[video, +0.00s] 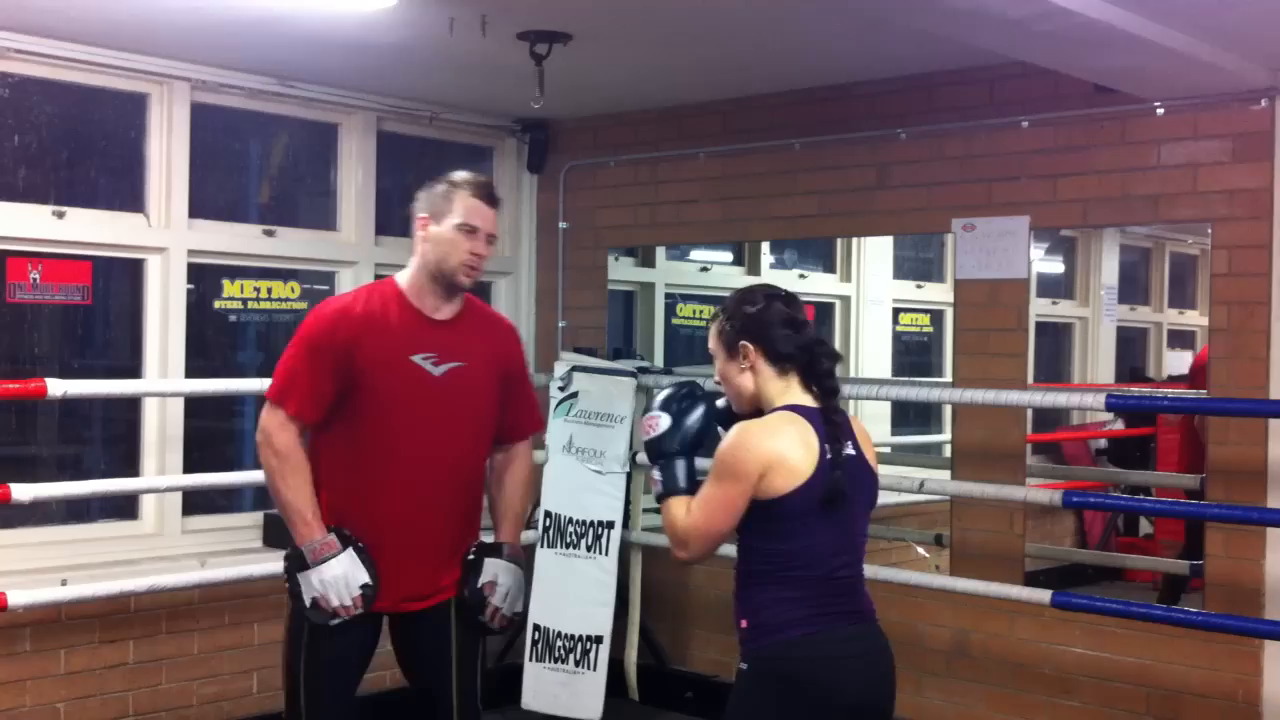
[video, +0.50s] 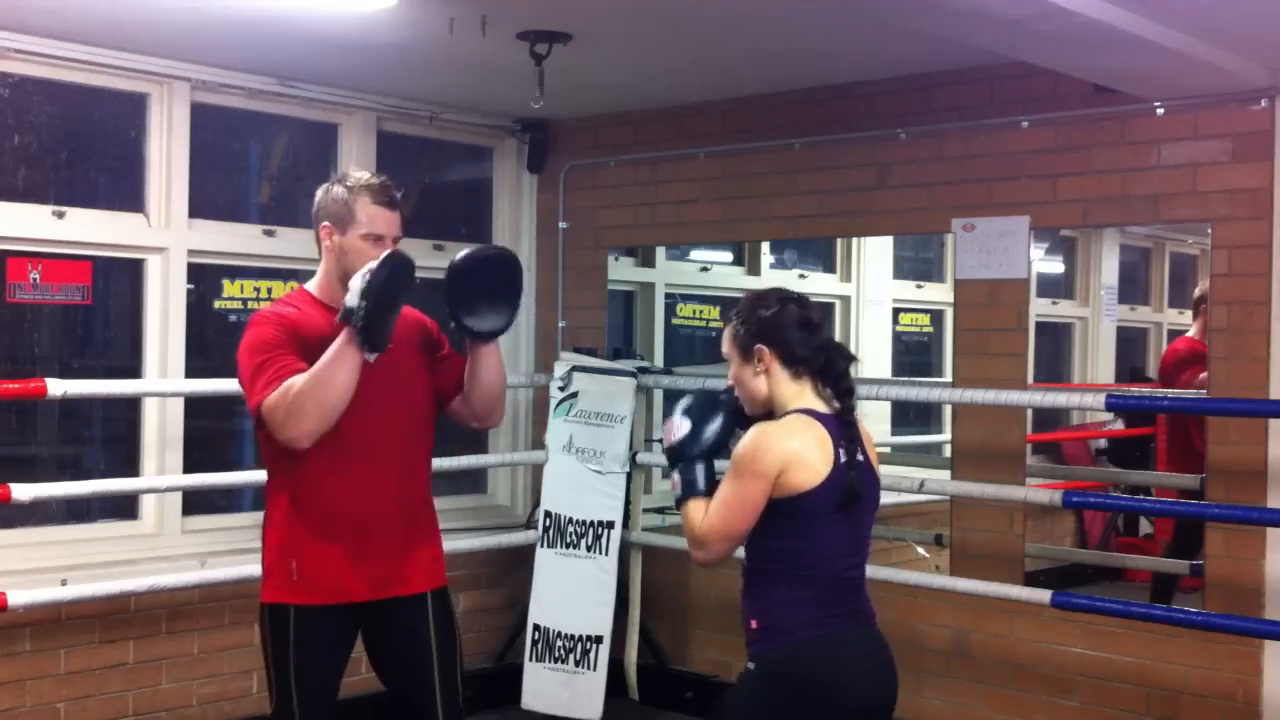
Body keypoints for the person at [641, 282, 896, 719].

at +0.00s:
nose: (715, 374)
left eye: (716, 358)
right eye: (712, 360)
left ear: (747, 356)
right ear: (797, 352)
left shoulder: (752, 442)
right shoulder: (856, 430)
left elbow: (687, 542)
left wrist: (668, 459)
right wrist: (738, 427)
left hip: (784, 672)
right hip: (863, 660)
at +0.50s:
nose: (729, 379)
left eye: (731, 362)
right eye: (727, 363)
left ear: (763, 360)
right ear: (809, 357)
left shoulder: (769, 443)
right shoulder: (858, 433)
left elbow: (705, 546)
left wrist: (689, 462)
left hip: (791, 676)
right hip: (864, 665)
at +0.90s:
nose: (651, 368)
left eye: (650, 357)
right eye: (648, 357)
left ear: (667, 354)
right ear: (725, 351)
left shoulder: (642, 423)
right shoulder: (772, 440)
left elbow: (525, 447)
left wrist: (533, 408)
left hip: (663, 649)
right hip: (746, 651)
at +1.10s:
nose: (582, 363)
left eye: (585, 354)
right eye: (584, 353)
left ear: (598, 364)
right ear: (654, 363)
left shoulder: (563, 422)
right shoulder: (696, 452)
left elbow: (492, 405)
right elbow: (738, 531)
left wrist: (509, 348)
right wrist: (696, 496)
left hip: (592, 669)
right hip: (680, 668)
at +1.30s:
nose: (493, 378)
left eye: (498, 363)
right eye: (492, 363)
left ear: (534, 364)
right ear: (536, 366)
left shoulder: (601, 449)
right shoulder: (540, 434)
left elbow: (592, 573)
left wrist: (523, 514)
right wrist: (506, 475)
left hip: (639, 674)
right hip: (599, 666)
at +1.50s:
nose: (482, 389)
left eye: (483, 373)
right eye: (479, 374)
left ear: (511, 371)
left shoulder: (566, 456)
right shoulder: (586, 427)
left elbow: (502, 566)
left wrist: (475, 479)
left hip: (620, 679)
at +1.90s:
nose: (645, 366)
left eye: (646, 353)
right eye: (643, 354)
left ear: (672, 350)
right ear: (722, 347)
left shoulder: (667, 422)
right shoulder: (777, 424)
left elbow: (616, 525)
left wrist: (602, 445)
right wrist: (659, 412)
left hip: (701, 656)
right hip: (783, 648)